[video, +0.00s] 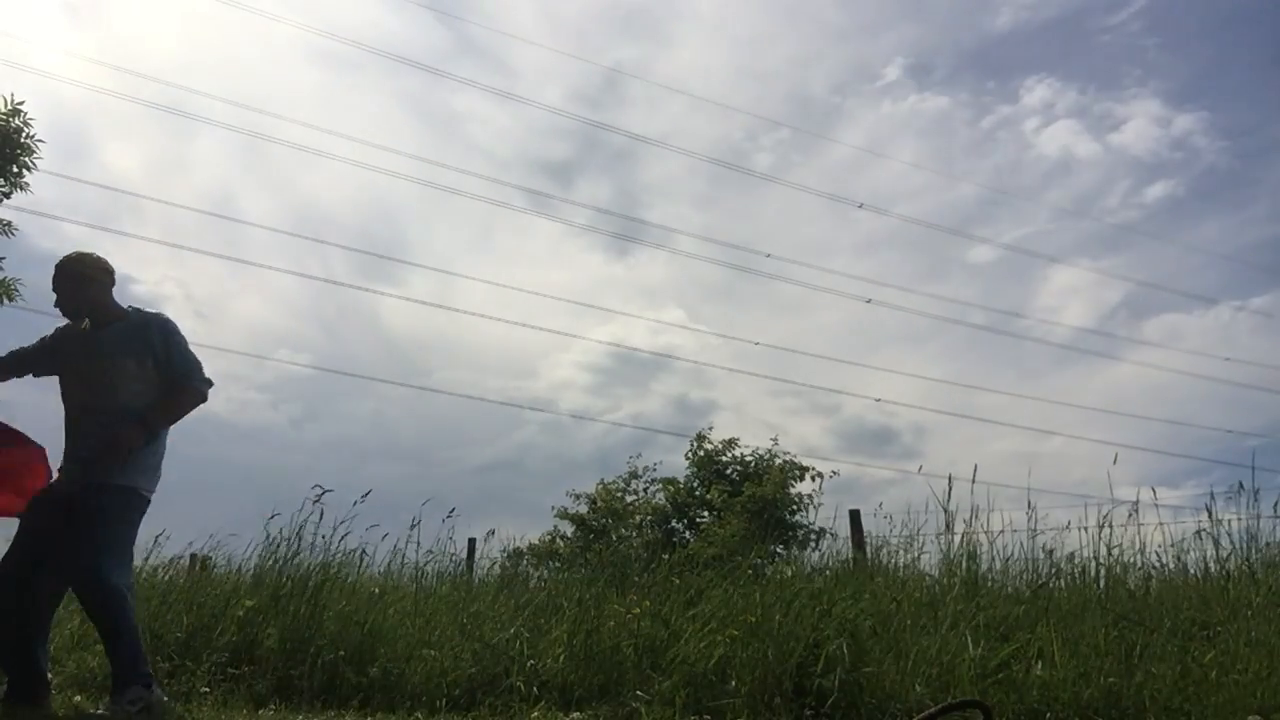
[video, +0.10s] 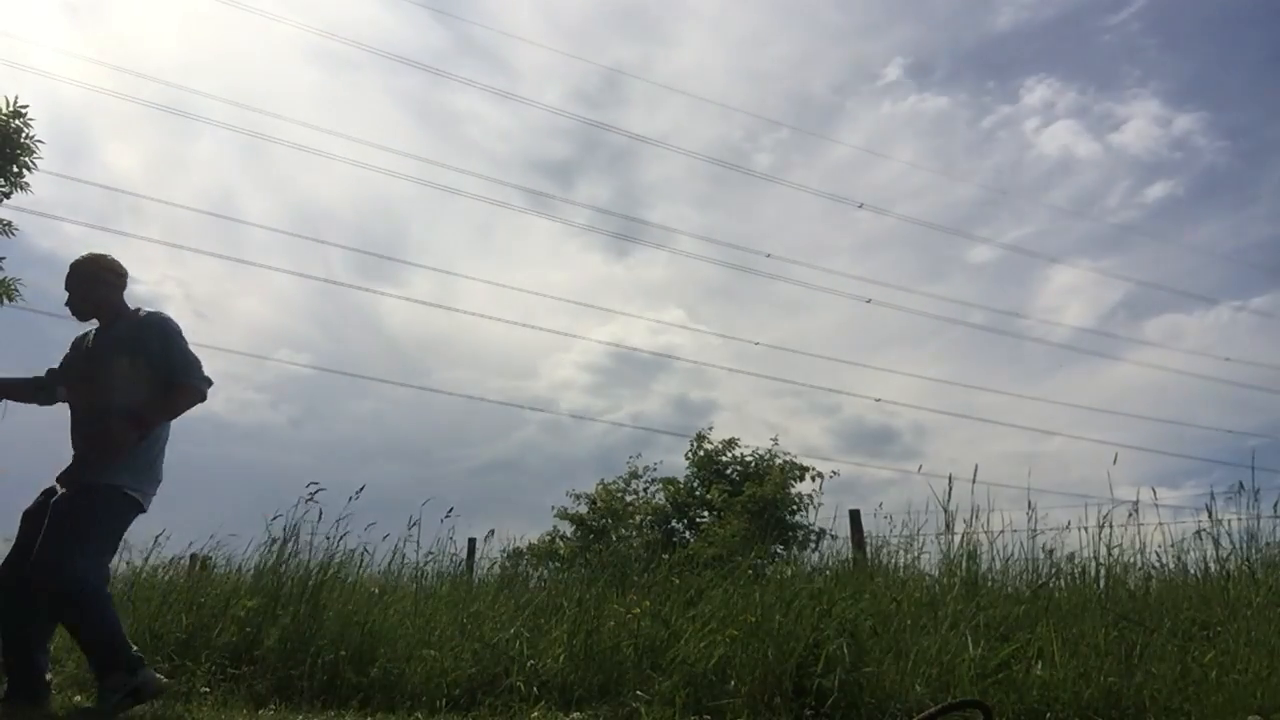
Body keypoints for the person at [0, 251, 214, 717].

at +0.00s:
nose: (57, 300)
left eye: (63, 289)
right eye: (55, 292)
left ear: (95, 284)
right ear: (68, 294)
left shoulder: (153, 329)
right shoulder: (66, 343)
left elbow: (195, 389)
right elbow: (12, 363)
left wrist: (139, 429)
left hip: (126, 482)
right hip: (73, 479)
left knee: (100, 577)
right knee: (20, 579)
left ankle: (136, 691)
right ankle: (27, 696)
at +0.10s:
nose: (68, 296)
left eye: (75, 287)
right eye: (68, 288)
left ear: (106, 286)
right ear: (86, 291)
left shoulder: (154, 327)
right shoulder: (83, 347)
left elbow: (195, 386)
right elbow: (49, 389)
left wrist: (140, 421)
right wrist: (2, 386)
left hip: (123, 478)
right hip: (81, 475)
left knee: (70, 570)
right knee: (22, 573)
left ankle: (126, 675)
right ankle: (26, 692)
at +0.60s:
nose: (153, 256)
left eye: (154, 250)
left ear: (152, 251)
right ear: (199, 260)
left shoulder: (129, 283)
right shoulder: (226, 307)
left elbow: (48, 303)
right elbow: (229, 372)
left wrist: (35, 343)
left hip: (137, 461)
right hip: (206, 466)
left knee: (112, 575)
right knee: (181, 567)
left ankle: (129, 699)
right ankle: (229, 669)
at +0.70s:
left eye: (163, 250)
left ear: (167, 251)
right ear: (216, 260)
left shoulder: (133, 285)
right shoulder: (238, 305)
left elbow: (70, 326)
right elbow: (236, 357)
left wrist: (111, 345)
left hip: (142, 467)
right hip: (223, 469)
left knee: (116, 575)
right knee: (244, 557)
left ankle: (130, 697)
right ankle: (272, 653)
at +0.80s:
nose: (207, 262)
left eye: (195, 252)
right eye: (227, 259)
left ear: (184, 256)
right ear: (231, 263)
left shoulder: (146, 295)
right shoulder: (253, 303)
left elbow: (135, 363)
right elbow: (243, 358)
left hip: (152, 471)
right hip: (238, 467)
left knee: (118, 577)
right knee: (285, 555)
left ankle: (131, 698)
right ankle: (306, 652)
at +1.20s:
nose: (342, 270)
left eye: (342, 259)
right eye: (337, 256)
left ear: (294, 246)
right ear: (316, 246)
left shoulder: (255, 302)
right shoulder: (299, 268)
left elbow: (243, 389)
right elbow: (367, 240)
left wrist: (309, 410)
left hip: (225, 454)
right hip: (284, 446)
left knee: (188, 562)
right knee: (341, 553)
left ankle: (81, 683)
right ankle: (310, 694)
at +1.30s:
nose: (362, 270)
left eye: (361, 261)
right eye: (357, 262)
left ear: (306, 256)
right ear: (335, 255)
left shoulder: (261, 311)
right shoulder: (322, 279)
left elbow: (253, 404)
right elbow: (410, 246)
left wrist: (327, 412)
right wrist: (480, 216)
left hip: (225, 469)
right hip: (289, 461)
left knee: (162, 579)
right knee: (360, 557)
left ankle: (72, 685)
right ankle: (311, 696)